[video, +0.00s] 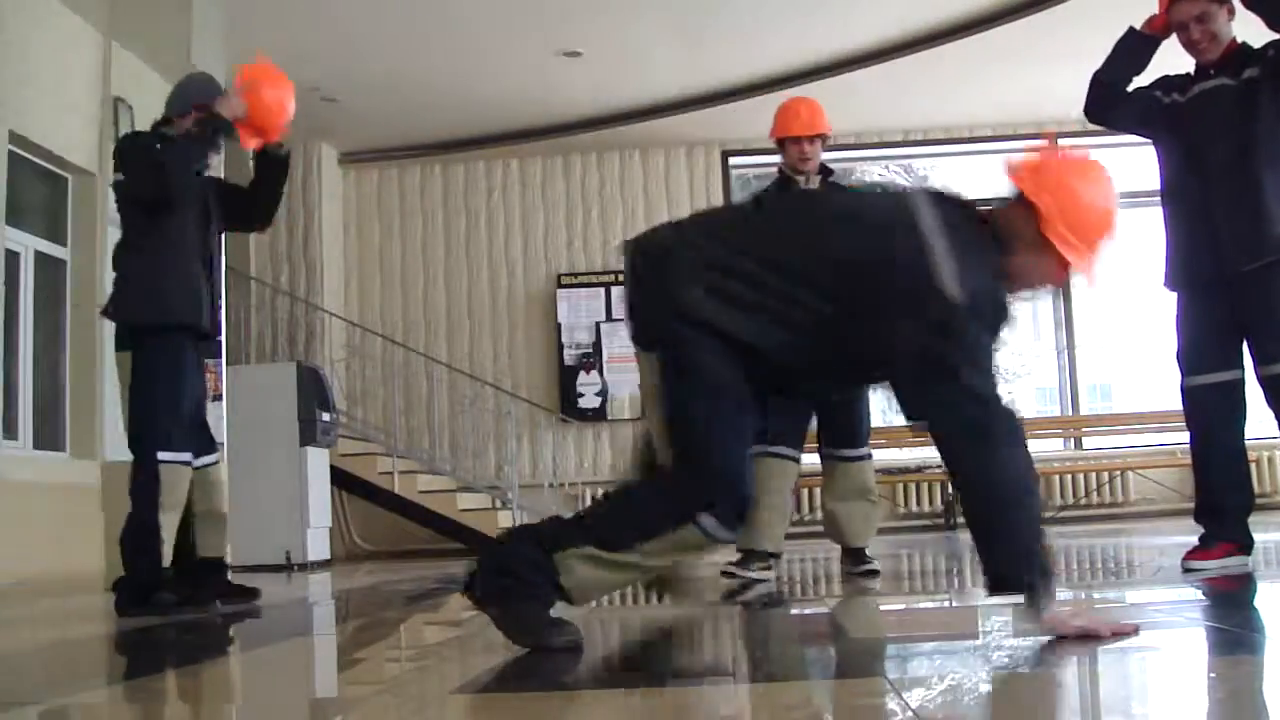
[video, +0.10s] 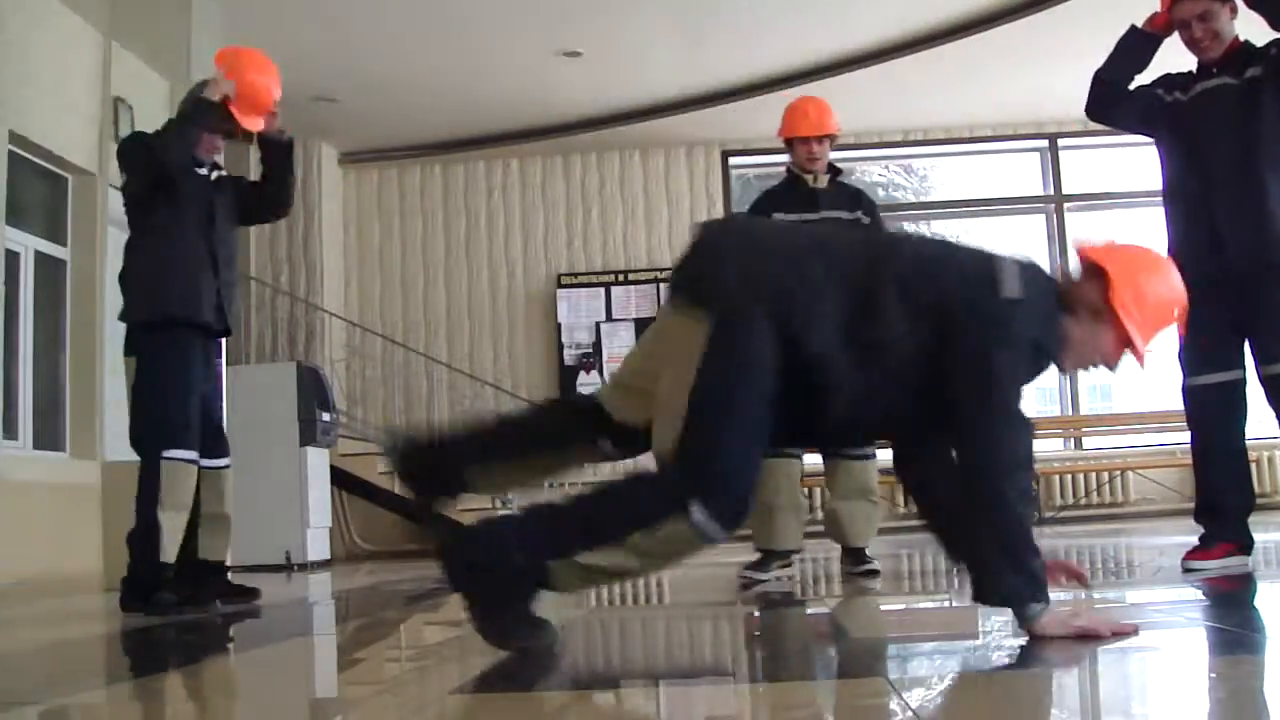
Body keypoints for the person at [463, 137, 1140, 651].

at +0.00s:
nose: (1061, 284)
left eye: (1070, 271)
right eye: (1064, 265)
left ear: (1027, 219)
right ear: (1032, 234)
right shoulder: (943, 284)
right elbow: (982, 438)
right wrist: (1038, 597)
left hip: (737, 290)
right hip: (688, 293)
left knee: (724, 471)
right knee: (712, 484)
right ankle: (522, 566)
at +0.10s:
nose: (1112, 365)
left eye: (1124, 354)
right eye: (1122, 345)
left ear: (1087, 295)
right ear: (1097, 304)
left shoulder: (983, 304)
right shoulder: (1008, 313)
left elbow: (929, 462)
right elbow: (991, 461)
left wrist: (1017, 561)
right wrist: (1032, 608)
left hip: (740, 289)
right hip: (751, 302)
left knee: (617, 416)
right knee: (709, 496)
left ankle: (433, 460)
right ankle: (494, 556)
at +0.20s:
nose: (1136, 414)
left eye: (1151, 408)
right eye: (1148, 394)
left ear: (1121, 387)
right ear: (1121, 350)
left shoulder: (983, 416)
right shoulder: (1049, 339)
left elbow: (927, 548)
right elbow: (1022, 460)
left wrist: (1035, 610)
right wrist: (1028, 598)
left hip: (784, 394)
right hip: (812, 289)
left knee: (596, 431)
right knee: (734, 416)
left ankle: (373, 439)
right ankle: (504, 475)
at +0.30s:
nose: (1132, 430)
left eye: (1143, 427)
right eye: (1137, 410)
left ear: (1111, 404)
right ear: (1105, 365)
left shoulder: (983, 464)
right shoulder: (1039, 365)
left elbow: (920, 586)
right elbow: (1018, 479)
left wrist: (1035, 614)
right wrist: (1029, 600)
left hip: (757, 440)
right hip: (805, 339)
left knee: (672, 508)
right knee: (837, 264)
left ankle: (485, 521)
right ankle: (695, 189)